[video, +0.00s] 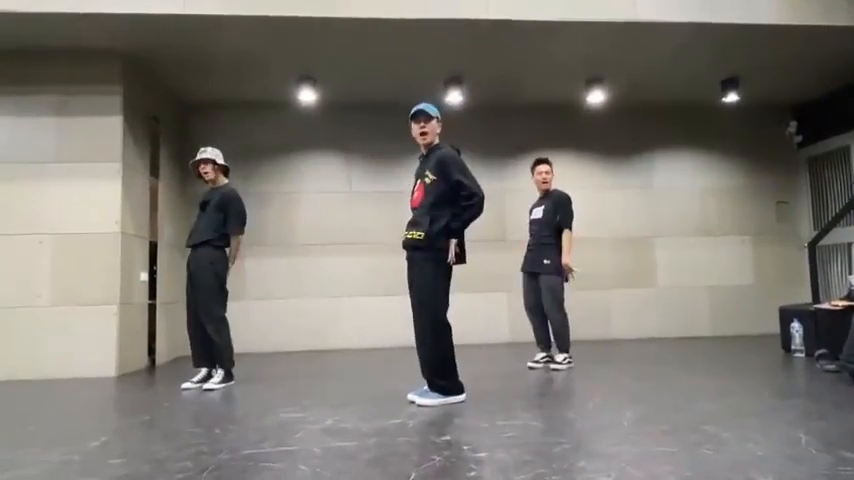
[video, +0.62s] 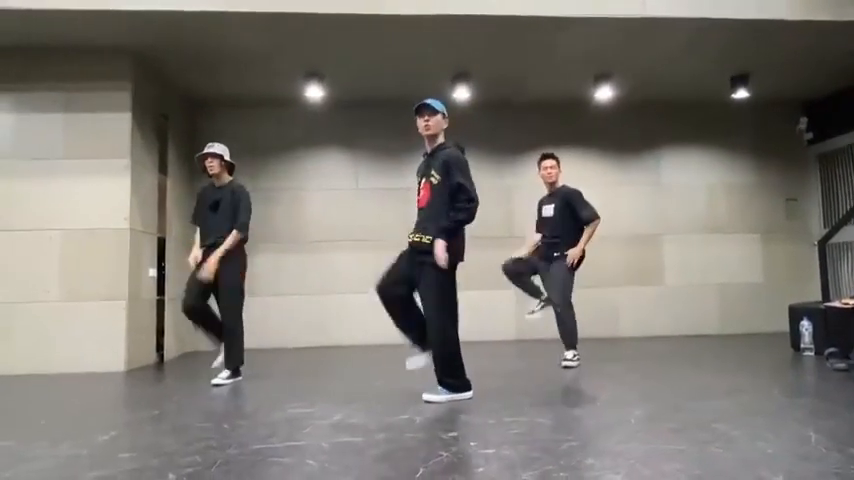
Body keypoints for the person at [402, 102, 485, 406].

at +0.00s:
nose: (421, 127)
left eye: (427, 121)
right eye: (416, 123)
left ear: (438, 125)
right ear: (411, 129)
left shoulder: (445, 156)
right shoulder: (425, 161)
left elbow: (475, 198)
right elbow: (439, 201)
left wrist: (451, 231)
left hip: (434, 252)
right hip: (419, 251)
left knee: (433, 318)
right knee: (424, 319)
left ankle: (448, 386)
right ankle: (436, 383)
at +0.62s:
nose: (425, 120)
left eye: (431, 115)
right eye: (421, 116)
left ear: (444, 120)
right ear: (417, 123)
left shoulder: (452, 156)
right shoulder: (426, 163)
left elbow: (467, 203)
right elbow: (430, 206)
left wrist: (443, 236)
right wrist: (419, 237)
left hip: (438, 250)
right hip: (418, 247)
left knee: (439, 319)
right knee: (390, 289)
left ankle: (455, 384)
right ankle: (425, 343)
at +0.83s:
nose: (423, 117)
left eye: (429, 112)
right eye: (419, 114)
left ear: (442, 118)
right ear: (415, 122)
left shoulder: (449, 152)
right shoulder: (425, 159)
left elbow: (449, 196)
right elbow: (426, 202)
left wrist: (411, 215)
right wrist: (411, 228)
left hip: (436, 247)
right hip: (415, 242)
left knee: (434, 313)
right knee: (377, 277)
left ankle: (457, 382)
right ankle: (410, 326)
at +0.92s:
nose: (421, 118)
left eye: (427, 113)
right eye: (416, 114)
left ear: (439, 118)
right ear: (412, 122)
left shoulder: (447, 151)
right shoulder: (423, 158)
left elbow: (445, 197)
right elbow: (420, 208)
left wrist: (404, 209)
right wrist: (400, 243)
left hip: (434, 250)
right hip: (413, 248)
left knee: (438, 316)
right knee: (385, 305)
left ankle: (458, 381)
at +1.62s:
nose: (381, 122)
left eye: (387, 117)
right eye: (380, 118)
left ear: (404, 121)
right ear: (395, 124)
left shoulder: (399, 145)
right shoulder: (401, 146)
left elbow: (410, 186)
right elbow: (407, 189)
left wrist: (390, 223)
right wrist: (387, 226)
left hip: (410, 242)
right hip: (401, 242)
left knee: (420, 307)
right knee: (390, 306)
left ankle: (460, 373)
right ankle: (384, 374)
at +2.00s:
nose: (398, 127)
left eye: (404, 122)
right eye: (395, 123)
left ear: (419, 125)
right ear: (394, 128)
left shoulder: (426, 152)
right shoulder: (409, 156)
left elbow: (426, 202)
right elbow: (400, 199)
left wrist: (396, 234)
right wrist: (387, 230)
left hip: (414, 246)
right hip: (394, 244)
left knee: (414, 308)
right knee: (372, 303)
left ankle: (461, 372)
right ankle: (381, 371)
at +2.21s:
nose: (436, 125)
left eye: (441, 119)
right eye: (430, 120)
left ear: (451, 122)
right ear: (424, 126)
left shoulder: (460, 162)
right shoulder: (414, 160)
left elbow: (464, 207)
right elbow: (394, 196)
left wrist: (430, 226)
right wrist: (392, 222)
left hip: (429, 245)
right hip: (400, 242)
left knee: (432, 308)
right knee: (383, 303)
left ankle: (462, 373)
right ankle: (382, 370)